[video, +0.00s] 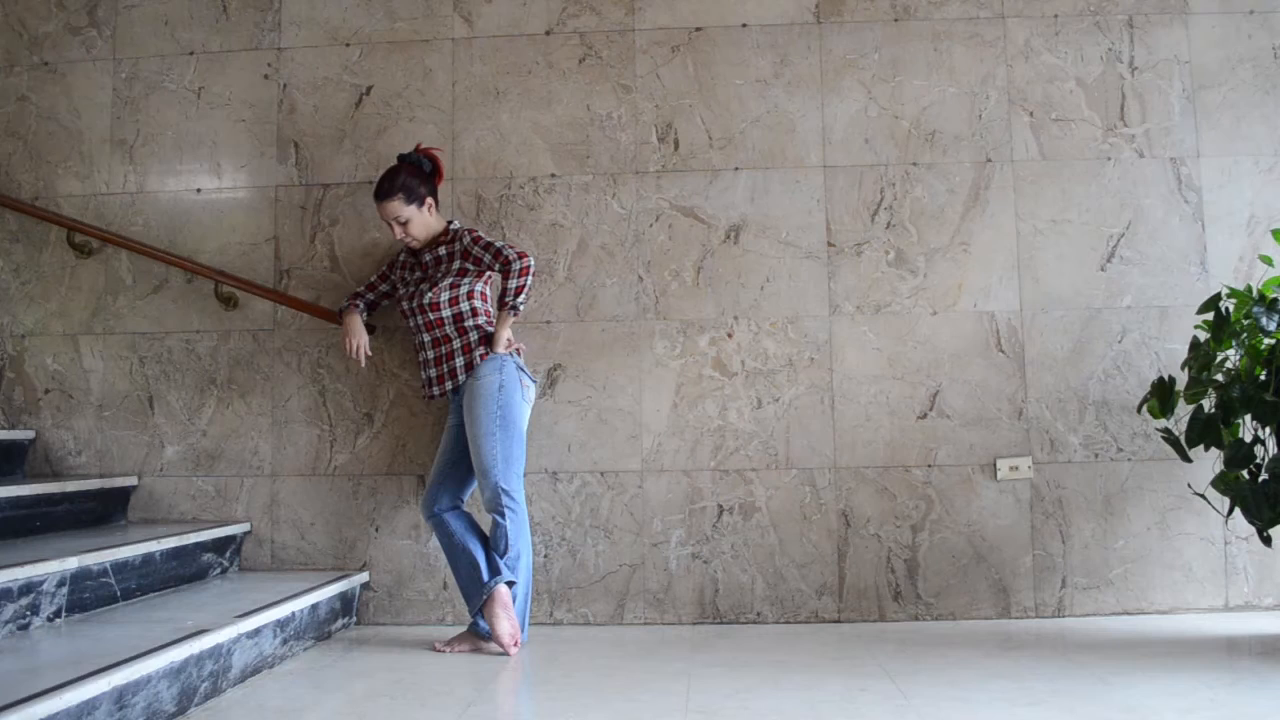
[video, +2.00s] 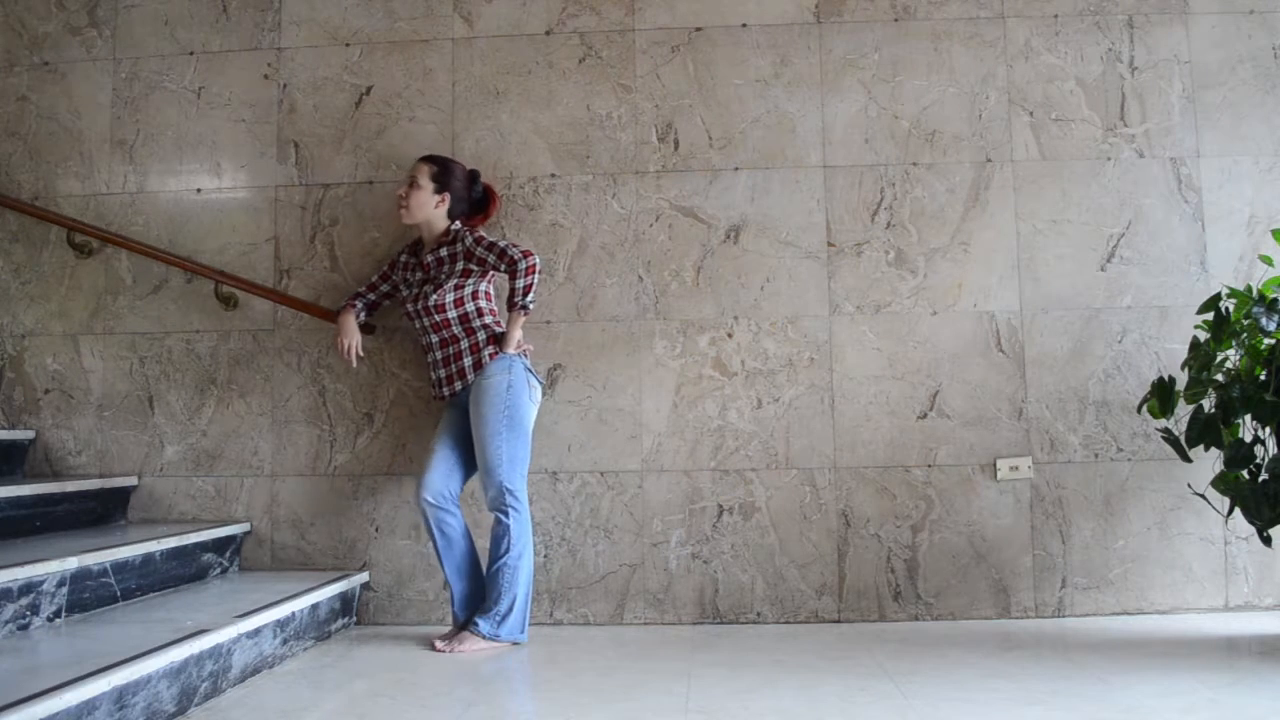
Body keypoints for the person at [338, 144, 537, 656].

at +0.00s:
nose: (398, 233)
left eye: (402, 221)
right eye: (390, 225)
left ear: (429, 203)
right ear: (390, 220)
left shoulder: (465, 241)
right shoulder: (406, 263)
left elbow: (518, 262)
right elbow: (364, 297)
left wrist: (507, 321)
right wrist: (353, 317)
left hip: (493, 371)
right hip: (461, 392)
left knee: (501, 492)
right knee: (440, 502)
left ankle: (501, 628)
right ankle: (494, 597)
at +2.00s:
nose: (400, 193)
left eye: (412, 186)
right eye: (404, 184)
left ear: (443, 201)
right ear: (430, 200)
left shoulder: (468, 243)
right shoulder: (407, 262)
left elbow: (524, 261)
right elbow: (368, 296)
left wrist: (516, 325)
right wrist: (349, 315)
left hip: (499, 373)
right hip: (460, 395)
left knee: (505, 495)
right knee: (435, 494)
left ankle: (502, 627)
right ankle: (473, 618)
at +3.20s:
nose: (419, 166)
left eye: (431, 158)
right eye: (418, 159)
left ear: (461, 172)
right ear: (422, 174)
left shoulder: (491, 224)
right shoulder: (413, 241)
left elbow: (550, 274)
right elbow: (379, 294)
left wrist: (555, 343)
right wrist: (335, 323)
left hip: (494, 368)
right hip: (441, 378)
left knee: (488, 481)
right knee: (458, 497)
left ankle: (524, 606)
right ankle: (478, 617)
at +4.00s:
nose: (484, 159)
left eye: (489, 152)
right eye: (471, 151)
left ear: (496, 165)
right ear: (446, 164)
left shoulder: (515, 223)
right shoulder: (424, 223)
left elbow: (527, 296)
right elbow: (432, 295)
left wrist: (507, 348)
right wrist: (500, 321)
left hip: (513, 366)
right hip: (454, 368)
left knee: (516, 486)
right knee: (469, 497)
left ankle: (533, 615)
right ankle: (483, 619)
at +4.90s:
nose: (530, 157)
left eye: (530, 149)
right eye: (520, 148)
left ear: (512, 159)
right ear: (484, 156)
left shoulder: (537, 227)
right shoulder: (447, 218)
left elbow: (555, 305)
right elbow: (402, 290)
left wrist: (589, 370)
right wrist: (348, 355)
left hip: (524, 376)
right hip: (459, 374)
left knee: (511, 498)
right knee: (471, 500)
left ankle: (500, 629)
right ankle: (480, 622)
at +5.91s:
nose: (584, 164)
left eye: (589, 156)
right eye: (578, 149)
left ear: (554, 151)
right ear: (543, 139)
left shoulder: (537, 201)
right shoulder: (516, 193)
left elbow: (545, 279)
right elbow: (553, 276)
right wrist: (606, 303)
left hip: (526, 360)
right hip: (512, 358)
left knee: (529, 499)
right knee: (573, 483)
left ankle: (497, 631)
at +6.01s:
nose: (598, 164)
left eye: (603, 155)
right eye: (592, 149)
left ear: (565, 148)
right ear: (557, 138)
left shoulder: (524, 194)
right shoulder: (537, 189)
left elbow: (486, 292)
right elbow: (577, 277)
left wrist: (496, 350)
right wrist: (614, 285)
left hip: (505, 359)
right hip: (523, 357)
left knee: (528, 496)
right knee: (583, 481)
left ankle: (495, 629)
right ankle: (656, 600)